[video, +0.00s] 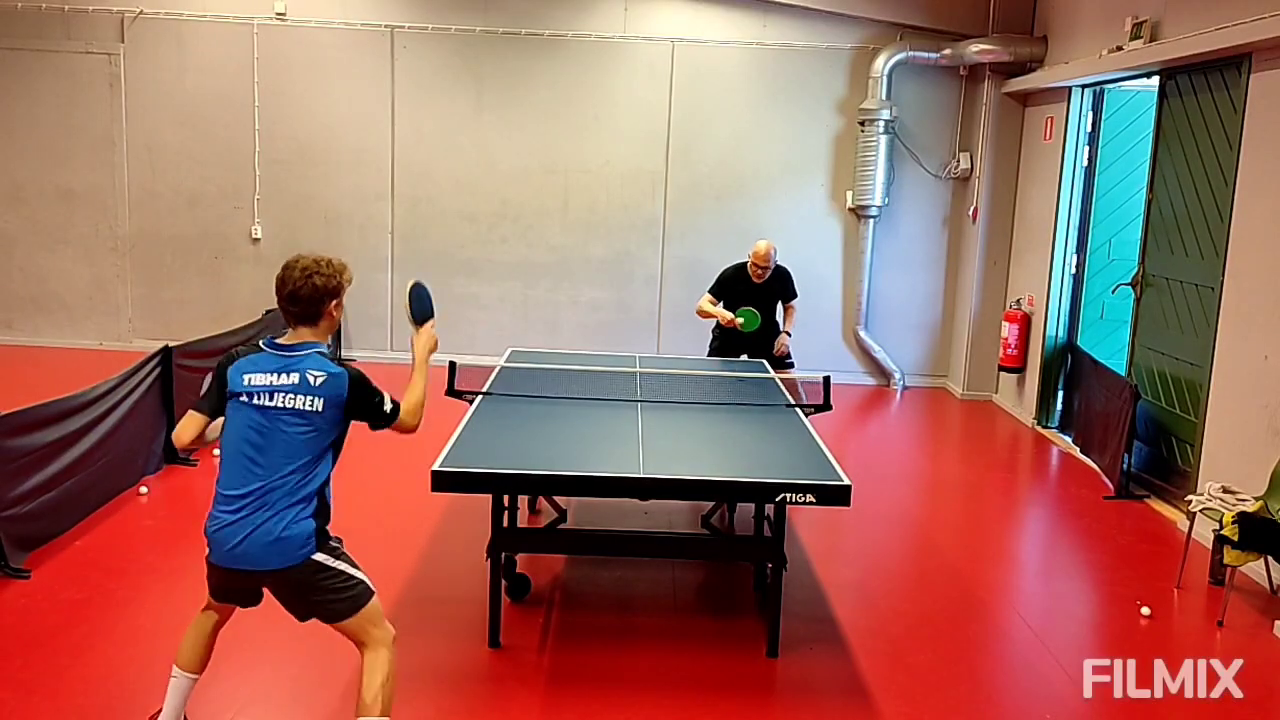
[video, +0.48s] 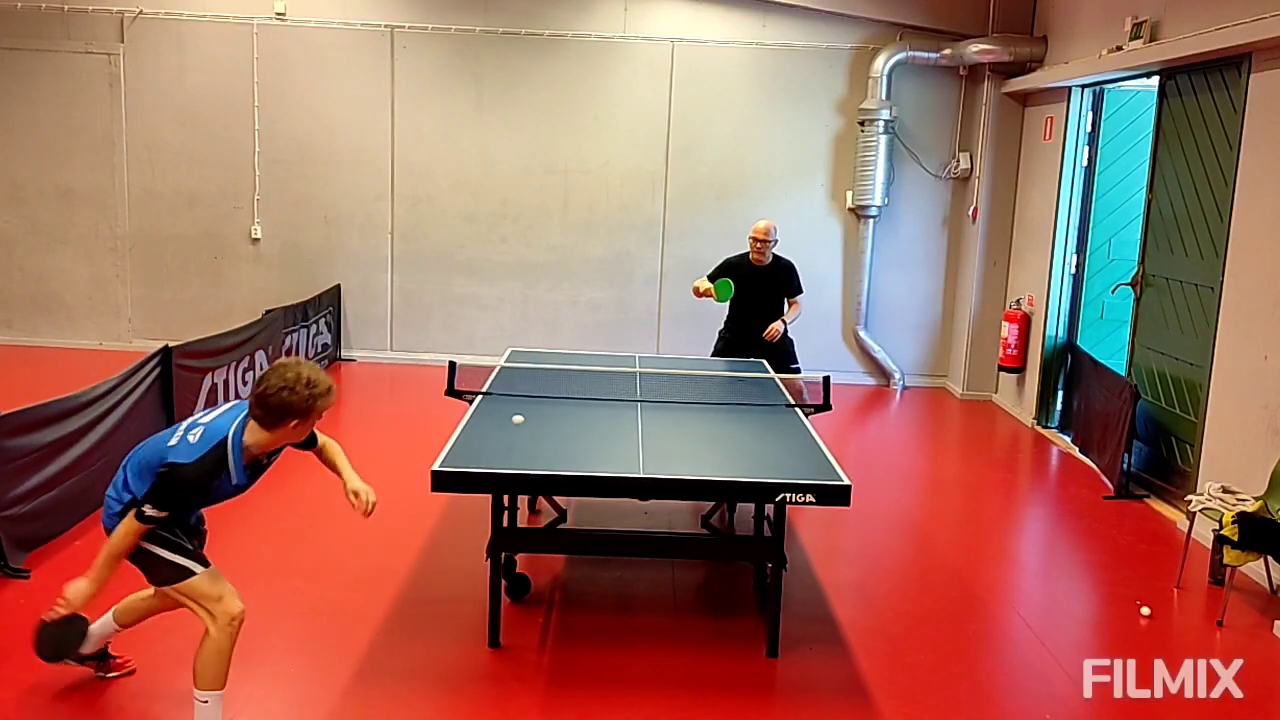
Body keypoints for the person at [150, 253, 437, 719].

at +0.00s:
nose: (344, 307)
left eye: (342, 298)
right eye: (342, 300)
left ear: (284, 307)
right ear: (332, 309)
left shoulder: (237, 366)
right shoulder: (341, 379)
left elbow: (184, 438)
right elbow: (409, 420)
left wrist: (226, 425)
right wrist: (423, 355)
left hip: (227, 543)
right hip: (295, 547)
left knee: (214, 610)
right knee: (377, 640)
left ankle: (169, 714)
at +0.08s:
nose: (347, 310)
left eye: (346, 302)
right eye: (346, 303)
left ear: (288, 308)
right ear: (335, 313)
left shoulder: (237, 361)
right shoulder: (335, 385)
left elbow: (190, 429)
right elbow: (383, 450)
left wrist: (247, 434)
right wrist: (415, 396)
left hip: (205, 533)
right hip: (273, 542)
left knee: (202, 607)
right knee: (357, 638)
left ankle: (165, 714)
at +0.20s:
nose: (357, 317)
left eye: (357, 308)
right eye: (357, 309)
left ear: (300, 304)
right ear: (345, 318)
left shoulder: (265, 328)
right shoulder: (303, 392)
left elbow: (255, 383)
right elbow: (307, 483)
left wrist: (310, 396)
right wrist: (380, 492)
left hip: (157, 491)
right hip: (200, 512)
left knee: (187, 592)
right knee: (290, 615)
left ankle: (151, 710)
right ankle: (281, 716)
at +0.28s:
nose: (354, 333)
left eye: (354, 324)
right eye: (355, 325)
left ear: (301, 318)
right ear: (341, 334)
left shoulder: (271, 339)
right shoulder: (283, 405)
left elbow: (282, 385)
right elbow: (271, 499)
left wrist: (325, 406)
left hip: (152, 477)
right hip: (179, 506)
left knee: (191, 580)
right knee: (264, 614)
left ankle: (127, 687)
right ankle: (218, 716)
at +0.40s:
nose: (334, 393)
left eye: (334, 385)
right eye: (333, 387)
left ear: (281, 373)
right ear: (313, 396)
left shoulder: (272, 391)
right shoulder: (227, 448)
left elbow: (308, 415)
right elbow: (178, 523)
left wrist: (351, 450)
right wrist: (152, 605)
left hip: (172, 498)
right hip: (143, 511)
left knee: (180, 579)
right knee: (238, 616)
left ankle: (89, 655)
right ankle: (212, 714)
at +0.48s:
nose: (317, 423)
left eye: (318, 416)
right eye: (316, 417)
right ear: (294, 426)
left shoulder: (271, 423)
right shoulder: (196, 467)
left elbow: (323, 445)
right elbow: (135, 525)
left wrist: (351, 478)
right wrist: (91, 583)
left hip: (178, 508)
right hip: (136, 518)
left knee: (176, 593)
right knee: (226, 613)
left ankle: (88, 642)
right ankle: (208, 715)